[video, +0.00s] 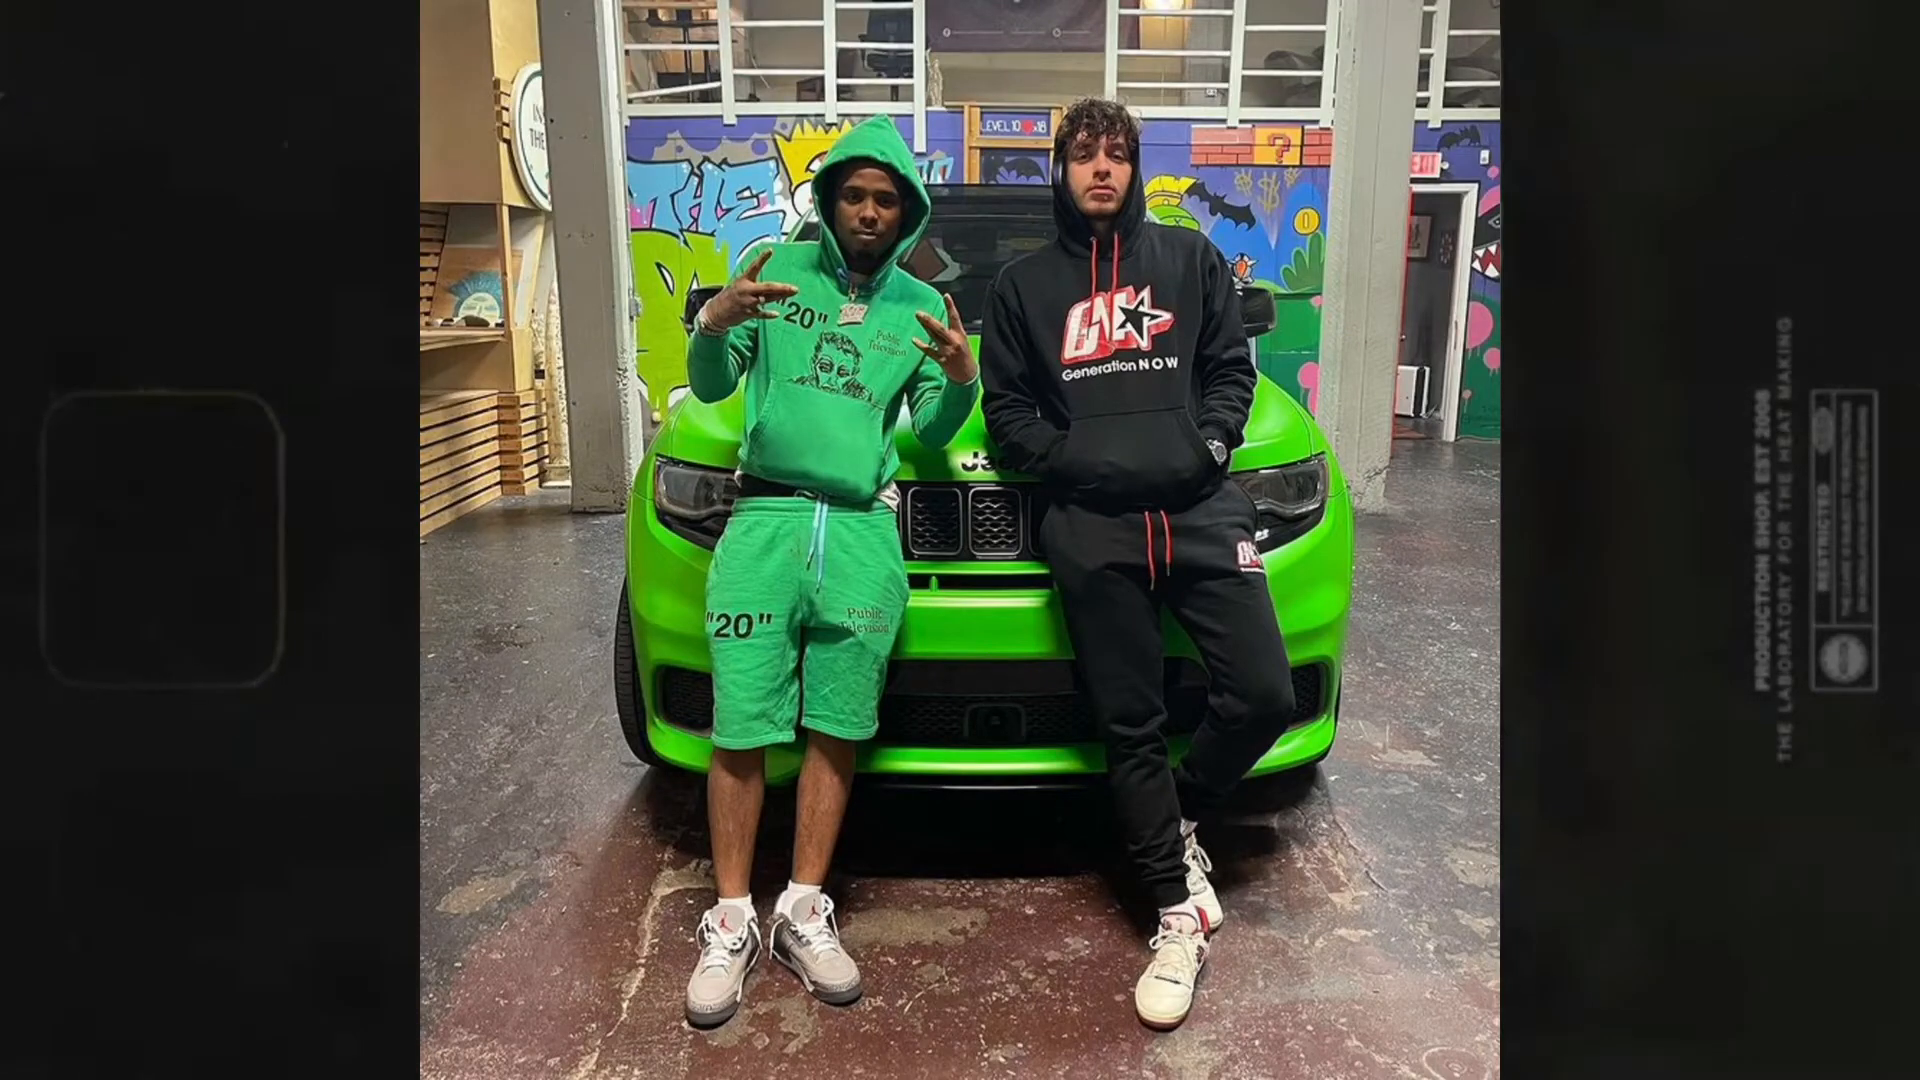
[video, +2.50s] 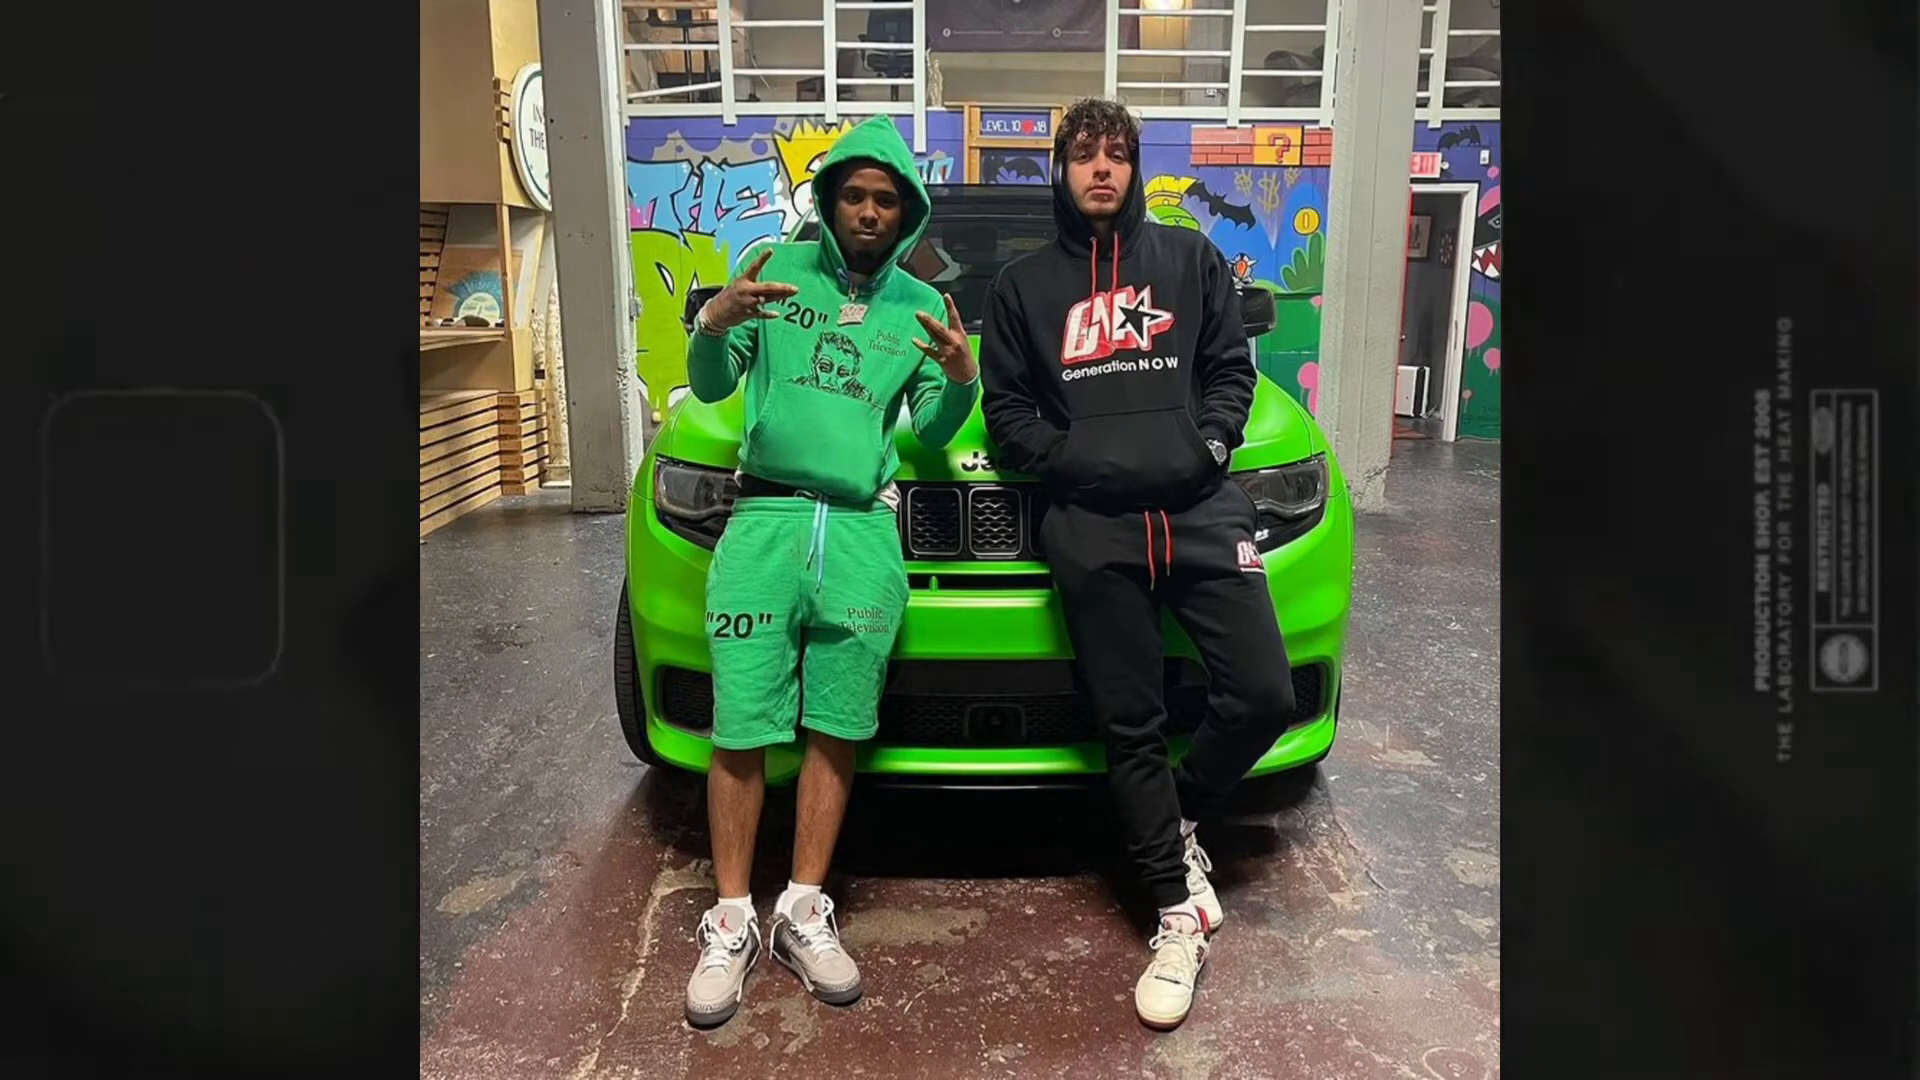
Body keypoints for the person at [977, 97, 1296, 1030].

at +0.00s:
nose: (1101, 171)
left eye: (1115, 159)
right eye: (1086, 159)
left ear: (1137, 170)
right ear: (1061, 172)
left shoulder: (1193, 257)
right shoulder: (1019, 281)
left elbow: (1232, 367)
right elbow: (1005, 405)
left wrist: (1208, 445)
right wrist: (1064, 456)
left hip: (1200, 503)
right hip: (1091, 514)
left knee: (1262, 692)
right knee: (1131, 720)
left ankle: (1180, 818)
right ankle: (1178, 917)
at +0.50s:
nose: (1101, 171)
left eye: (1115, 159)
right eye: (1086, 159)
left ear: (1137, 170)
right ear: (1061, 172)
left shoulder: (1193, 257)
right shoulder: (1019, 281)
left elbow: (1232, 367)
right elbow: (1005, 405)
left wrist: (1208, 445)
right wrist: (1066, 456)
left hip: (1200, 502)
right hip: (1090, 513)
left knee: (1262, 693)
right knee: (1131, 719)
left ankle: (1180, 820)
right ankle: (1179, 917)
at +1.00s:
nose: (1101, 171)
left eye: (1115, 159)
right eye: (1086, 159)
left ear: (1137, 170)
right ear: (1061, 172)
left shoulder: (1193, 257)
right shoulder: (1019, 281)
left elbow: (1232, 367)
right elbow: (1005, 405)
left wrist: (1208, 445)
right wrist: (1066, 456)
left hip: (1200, 502)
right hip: (1090, 513)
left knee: (1262, 693)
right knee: (1131, 719)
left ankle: (1179, 819)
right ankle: (1179, 917)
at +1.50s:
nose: (1101, 171)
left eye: (1115, 159)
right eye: (1086, 159)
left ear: (1137, 170)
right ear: (1061, 172)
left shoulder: (1193, 257)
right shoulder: (1019, 281)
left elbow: (1232, 367)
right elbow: (1005, 405)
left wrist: (1208, 445)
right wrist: (1066, 456)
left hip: (1200, 502)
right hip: (1090, 513)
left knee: (1262, 693)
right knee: (1131, 719)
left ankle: (1179, 819)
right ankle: (1179, 917)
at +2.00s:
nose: (1101, 171)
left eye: (1115, 159)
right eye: (1086, 159)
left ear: (1137, 170)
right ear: (1061, 172)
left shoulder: (1193, 257)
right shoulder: (1019, 281)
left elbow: (1232, 367)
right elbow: (1005, 405)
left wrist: (1208, 445)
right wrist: (1065, 456)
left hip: (1200, 502)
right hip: (1091, 513)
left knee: (1262, 692)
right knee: (1131, 719)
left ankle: (1180, 820)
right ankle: (1179, 917)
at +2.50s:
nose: (1101, 171)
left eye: (1115, 159)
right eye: (1086, 159)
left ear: (1137, 170)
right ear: (1061, 172)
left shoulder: (1193, 257)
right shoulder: (1019, 281)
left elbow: (1232, 367)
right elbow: (1005, 405)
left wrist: (1208, 445)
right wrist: (1065, 456)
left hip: (1200, 502)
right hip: (1091, 513)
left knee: (1262, 692)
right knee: (1131, 718)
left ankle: (1180, 820)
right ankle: (1179, 917)